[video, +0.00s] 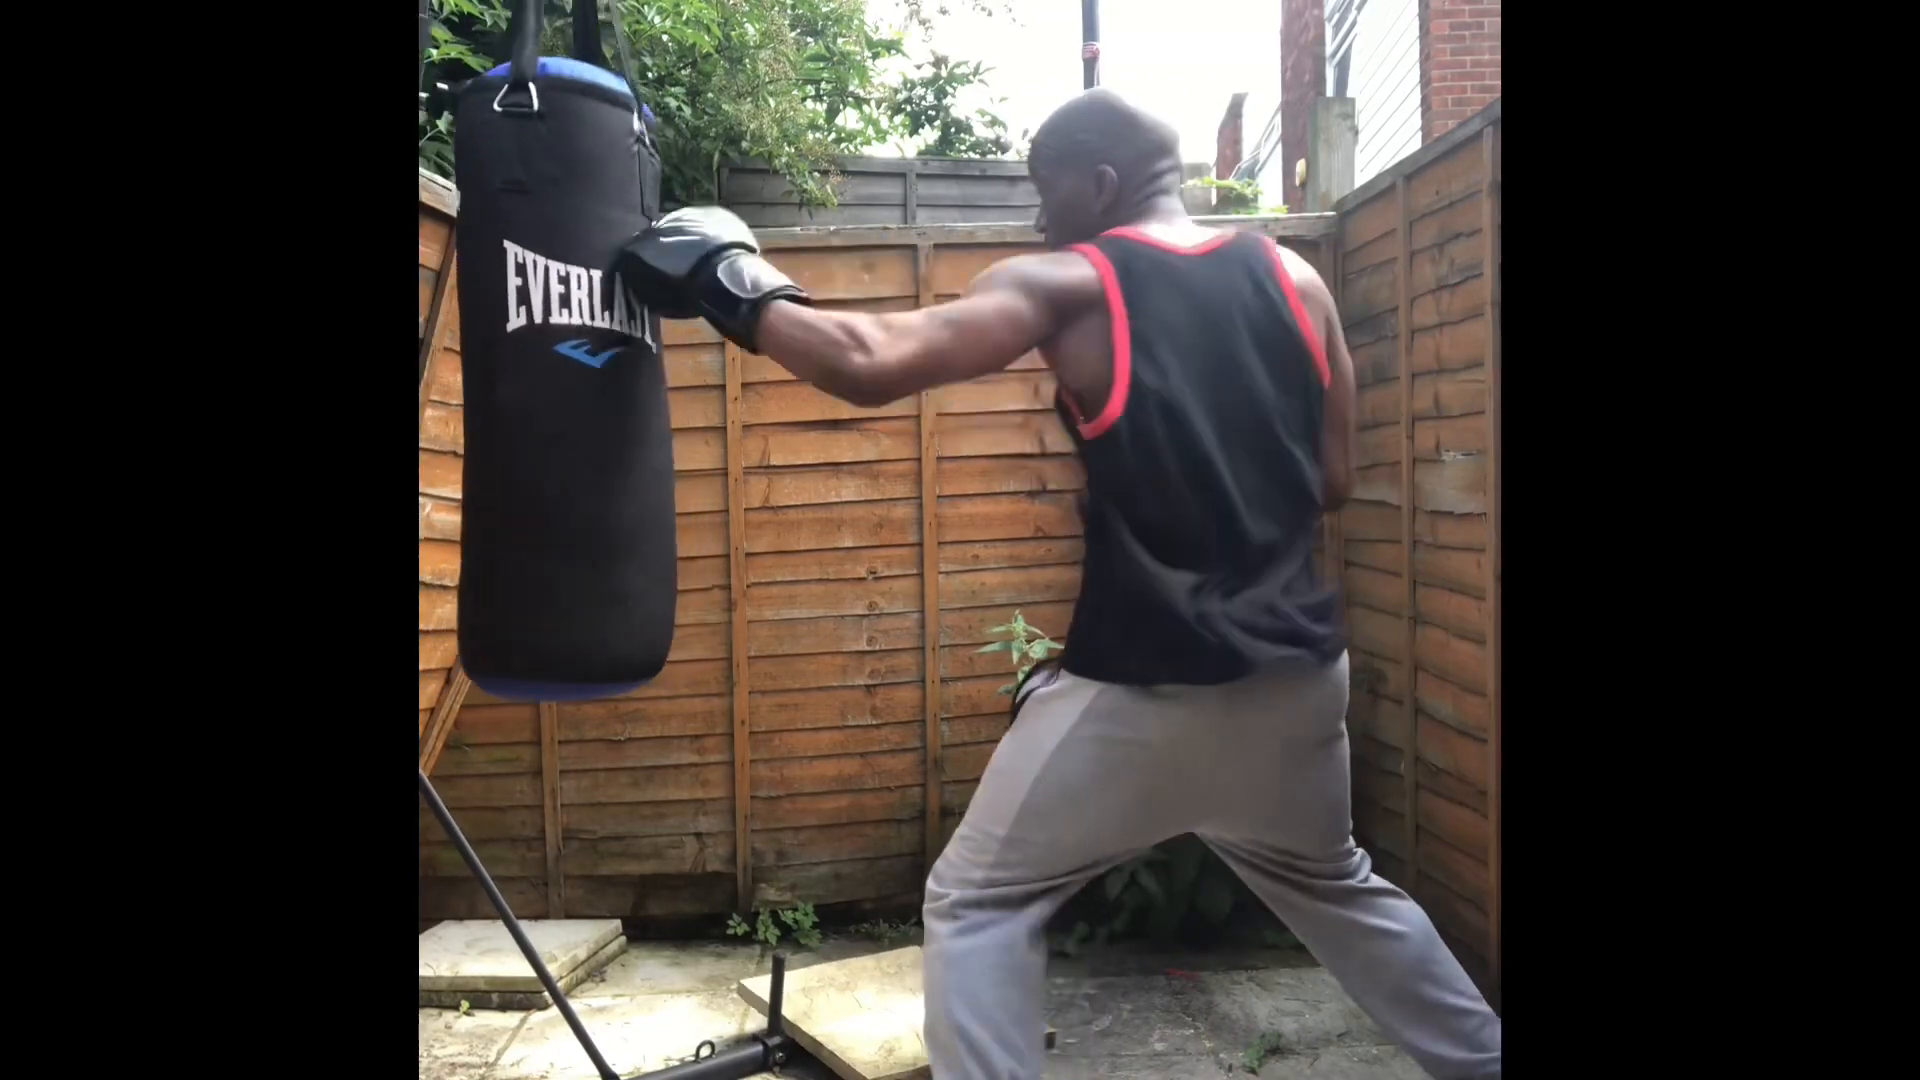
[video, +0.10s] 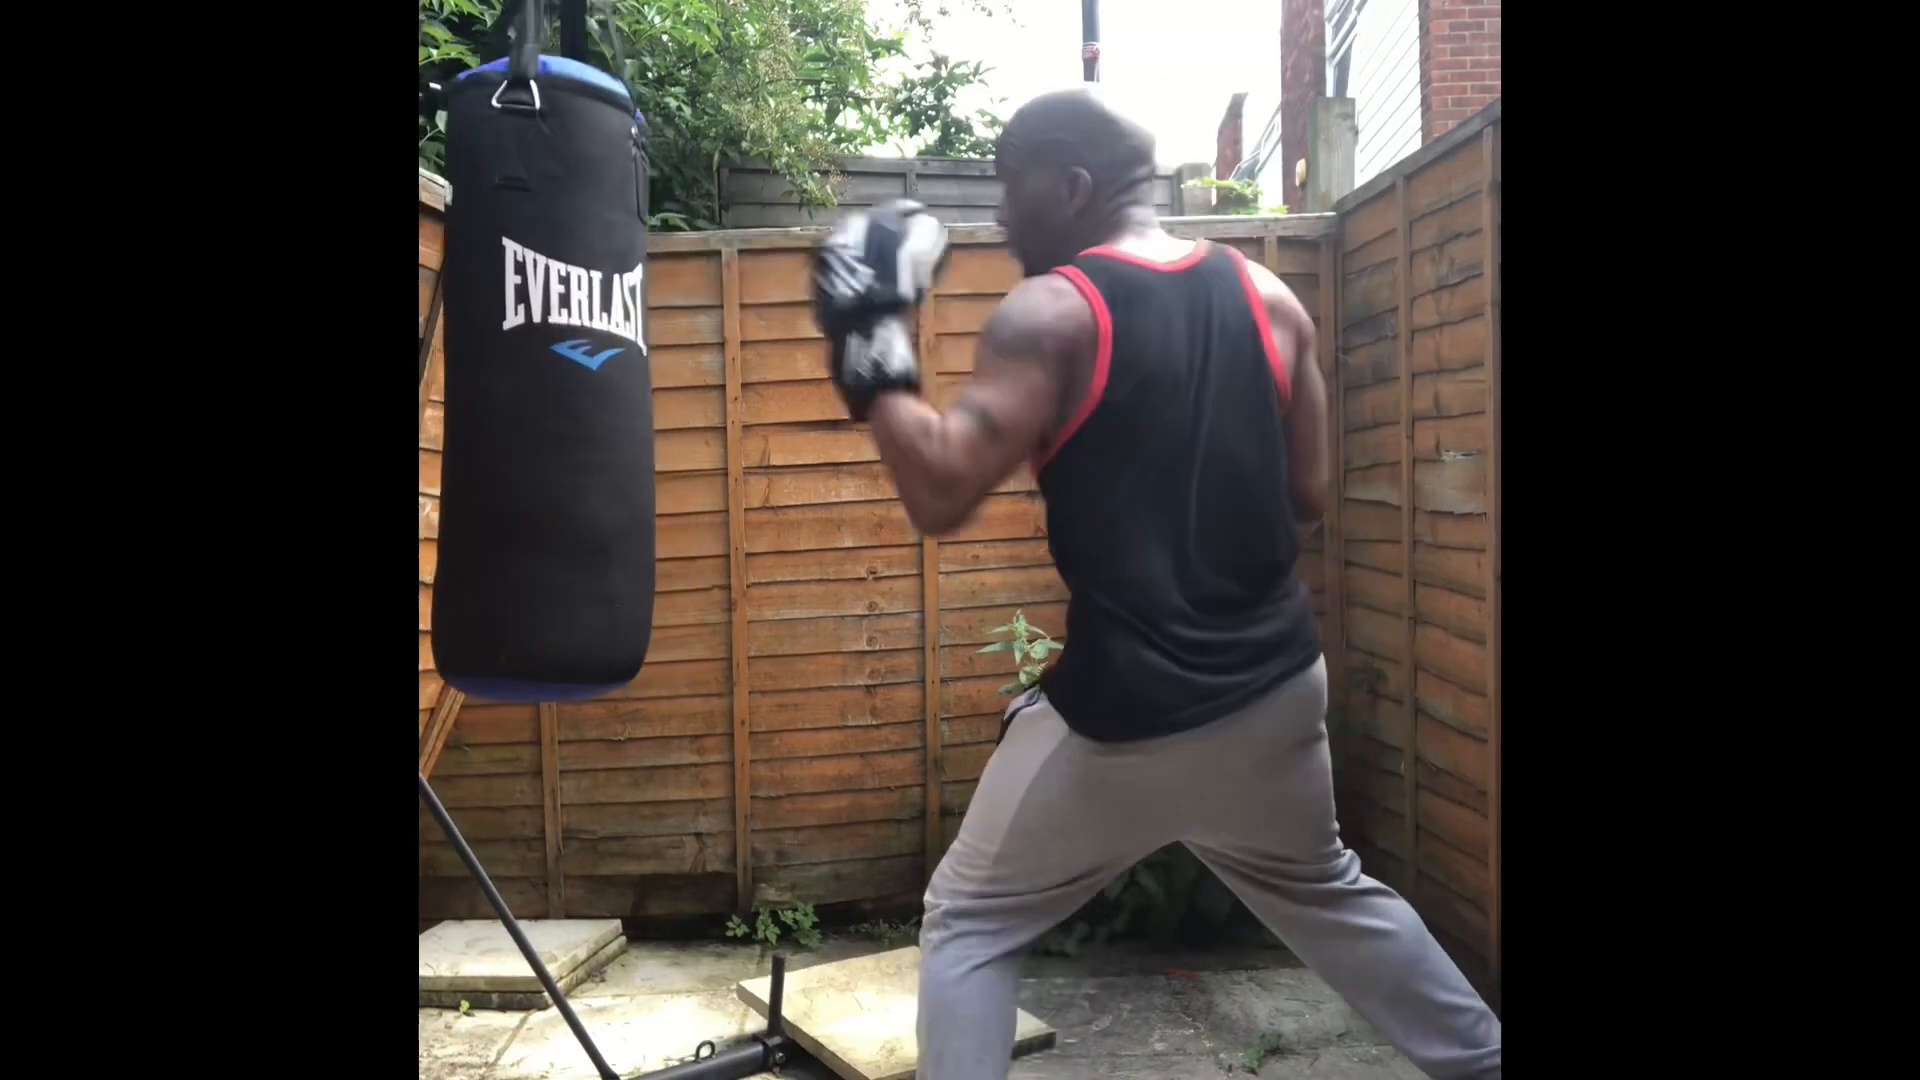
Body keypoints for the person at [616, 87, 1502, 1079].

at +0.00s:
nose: (1040, 217)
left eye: (1044, 194)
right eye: (1037, 196)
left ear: (1100, 183)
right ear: (1162, 178)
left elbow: (871, 362)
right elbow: (1330, 474)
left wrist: (728, 283)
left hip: (1134, 692)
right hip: (1299, 683)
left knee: (980, 903)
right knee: (1334, 882)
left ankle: (993, 1074)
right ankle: (1484, 1058)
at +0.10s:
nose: (999, 214)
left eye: (1009, 186)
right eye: (997, 190)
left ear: (1073, 183)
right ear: (1129, 182)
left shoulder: (1051, 312)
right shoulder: (1269, 298)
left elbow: (939, 492)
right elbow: (1305, 492)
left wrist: (870, 345)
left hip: (1121, 707)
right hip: (1276, 685)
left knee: (968, 923)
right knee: (1326, 890)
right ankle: (1486, 1058)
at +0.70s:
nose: (1156, 267)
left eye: (1157, 240)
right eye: (1149, 244)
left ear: (1218, 214)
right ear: (1266, 212)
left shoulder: (1233, 276)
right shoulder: (1392, 282)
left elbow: (1245, 430)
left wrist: (1103, 448)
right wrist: (1194, 342)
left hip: (1277, 653)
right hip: (1421, 645)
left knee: (1119, 905)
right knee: (1392, 888)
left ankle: (1071, 1070)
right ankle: (1476, 1066)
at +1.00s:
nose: (1044, 247)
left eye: (1050, 219)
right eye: (1034, 225)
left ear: (1121, 194)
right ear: (1129, 197)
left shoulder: (1224, 303)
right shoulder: (1191, 295)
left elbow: (1159, 525)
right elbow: (1180, 486)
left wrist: (1050, 371)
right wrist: (1075, 549)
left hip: (1254, 666)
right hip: (1330, 642)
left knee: (1078, 897)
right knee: (1326, 882)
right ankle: (1464, 1067)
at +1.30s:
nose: (1066, 223)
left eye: (1080, 196)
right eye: (1064, 199)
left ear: (1154, 188)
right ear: (1175, 191)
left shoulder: (1196, 275)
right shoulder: (1275, 259)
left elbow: (1252, 458)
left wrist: (1074, 451)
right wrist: (1108, 351)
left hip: (1239, 657)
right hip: (1357, 632)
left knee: (1089, 906)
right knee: (1363, 879)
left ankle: (1047, 1070)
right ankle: (1476, 1064)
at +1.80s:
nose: (1056, 262)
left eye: (1061, 233)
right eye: (1049, 240)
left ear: (1129, 210)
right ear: (1156, 210)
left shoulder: (1175, 278)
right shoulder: (1261, 277)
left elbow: (1065, 471)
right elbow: (1167, 432)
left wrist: (968, 345)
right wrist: (1050, 366)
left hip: (1234, 676)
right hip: (1351, 654)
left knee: (1049, 895)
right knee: (1333, 887)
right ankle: (1470, 1065)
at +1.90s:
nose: (1054, 247)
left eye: (1060, 217)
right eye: (1045, 226)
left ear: (1134, 193)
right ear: (1138, 200)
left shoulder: (1240, 307)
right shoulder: (1165, 314)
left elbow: (1151, 523)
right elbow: (1133, 490)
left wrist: (1058, 373)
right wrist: (1003, 458)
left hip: (1253, 673)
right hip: (1302, 662)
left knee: (1062, 895)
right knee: (1318, 895)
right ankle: (1472, 1067)